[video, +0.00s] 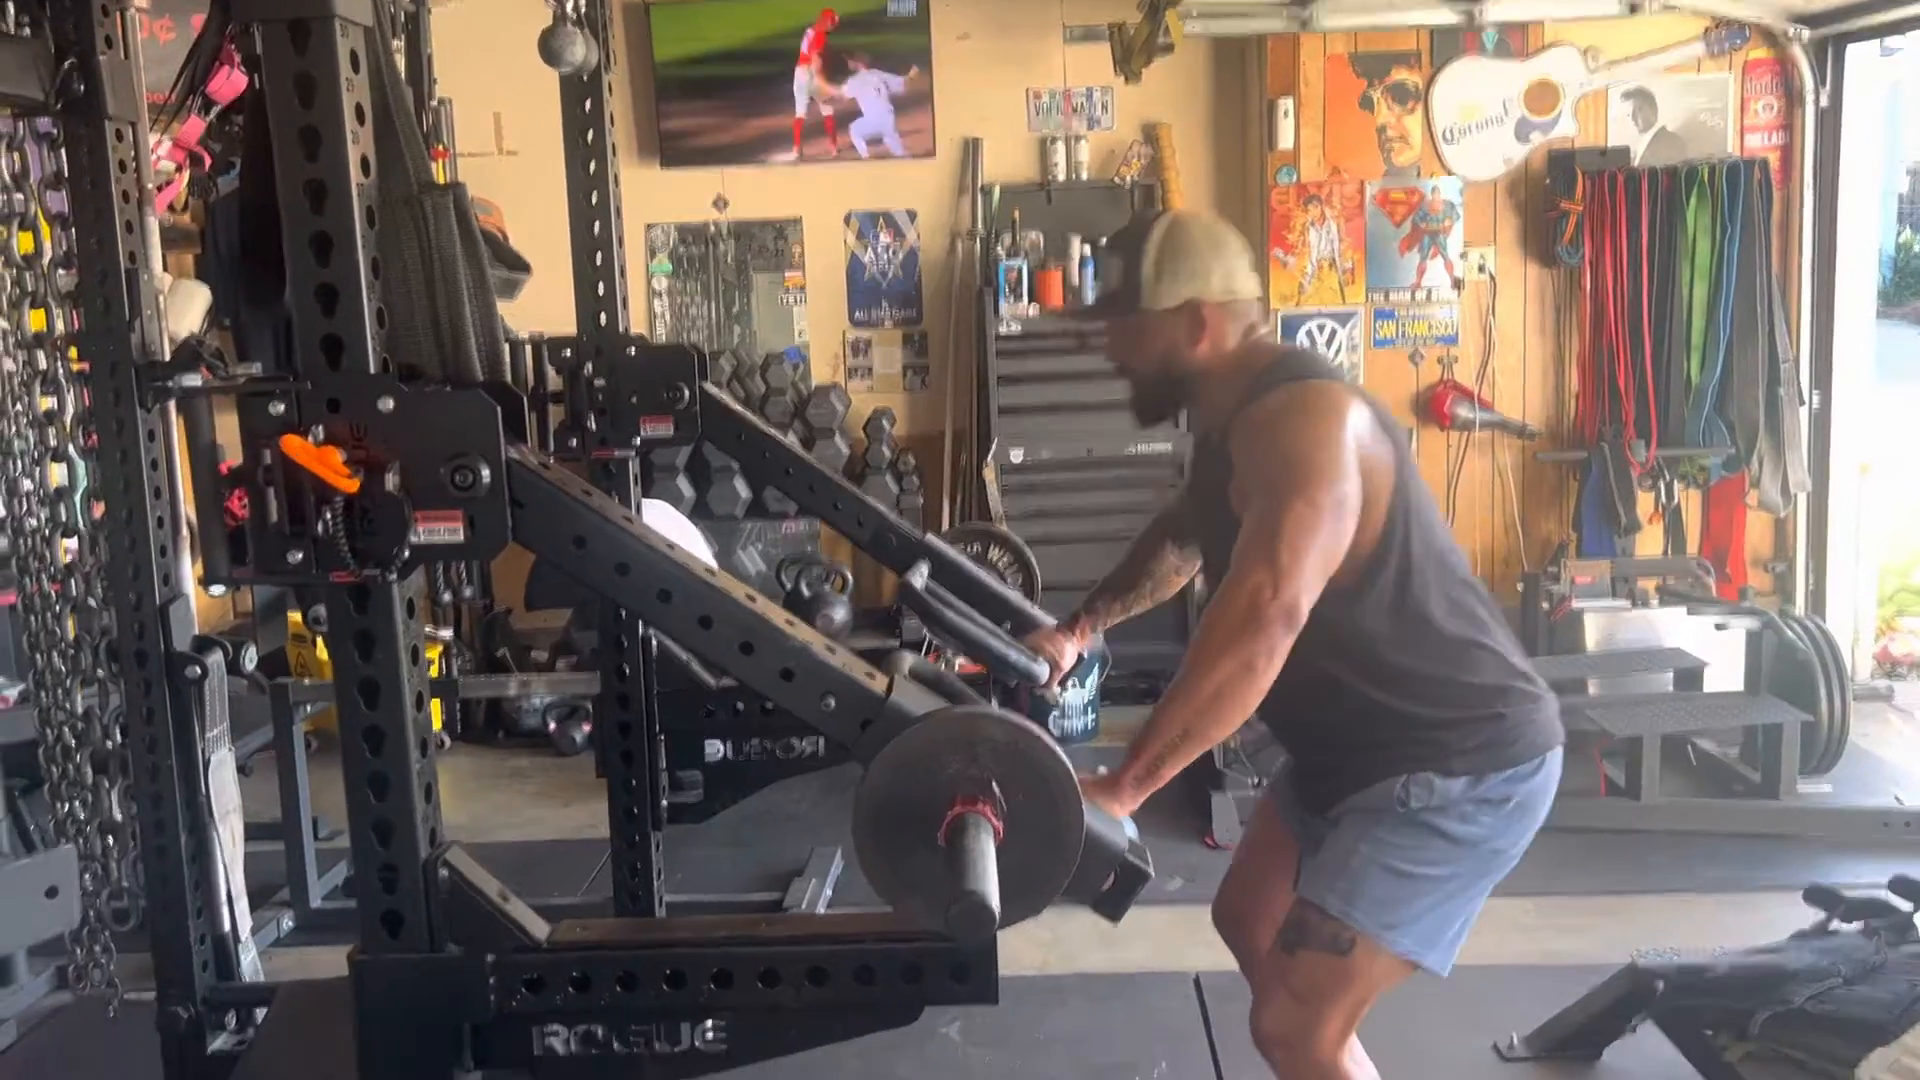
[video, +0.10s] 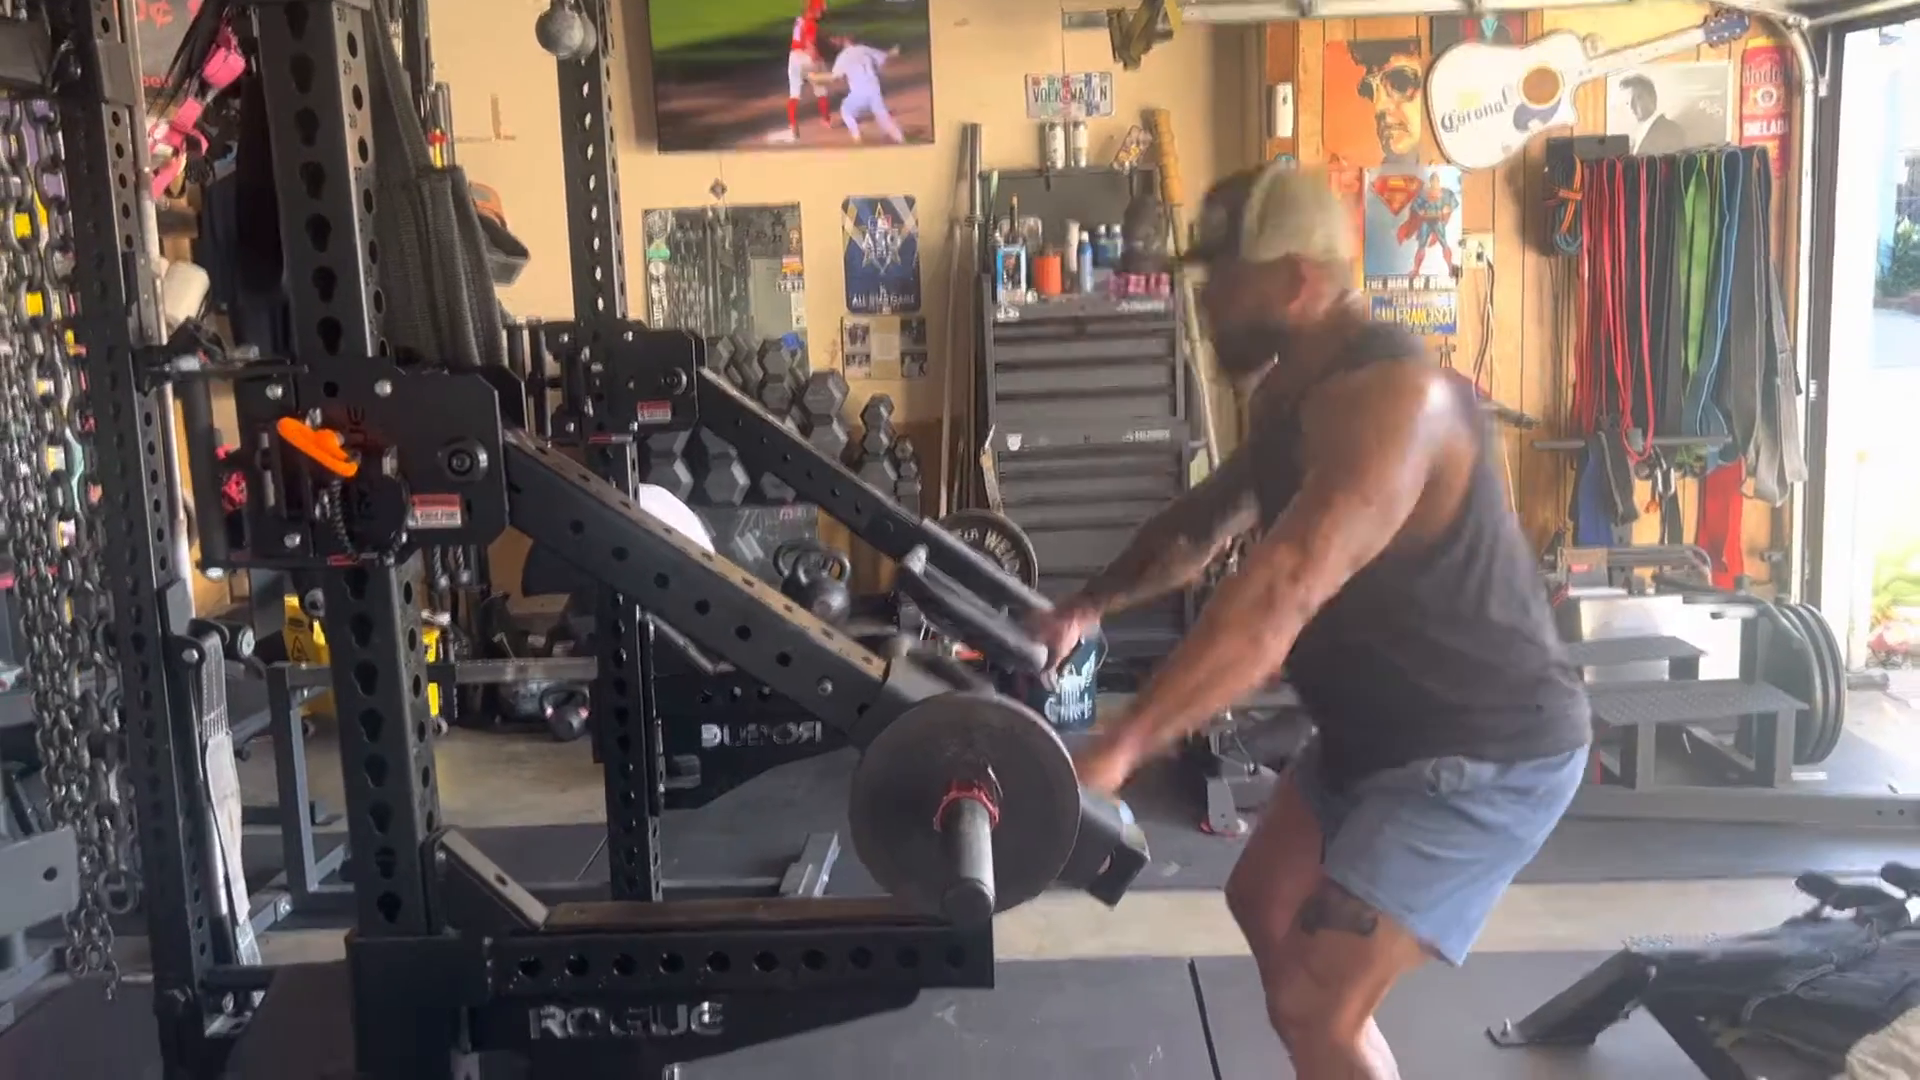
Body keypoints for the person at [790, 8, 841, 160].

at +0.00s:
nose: (833, 28)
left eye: (833, 24)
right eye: (832, 24)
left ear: (821, 20)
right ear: (827, 22)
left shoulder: (809, 31)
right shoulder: (820, 36)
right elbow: (815, 64)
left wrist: (848, 63)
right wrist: (827, 87)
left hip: (799, 71)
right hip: (810, 71)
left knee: (800, 110)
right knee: (827, 108)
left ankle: (796, 148)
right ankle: (833, 146)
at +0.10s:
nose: (822, 14)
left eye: (822, 10)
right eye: (821, 10)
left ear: (808, 9)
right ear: (816, 10)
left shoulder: (799, 21)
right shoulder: (811, 24)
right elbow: (809, 43)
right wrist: (817, 57)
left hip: (794, 55)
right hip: (808, 55)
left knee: (794, 90)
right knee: (820, 88)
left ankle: (793, 126)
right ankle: (826, 118)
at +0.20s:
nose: (808, 6)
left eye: (806, 5)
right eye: (807, 5)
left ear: (796, 4)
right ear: (805, 5)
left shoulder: (789, 12)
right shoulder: (805, 16)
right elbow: (806, 32)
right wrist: (817, 44)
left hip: (788, 44)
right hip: (802, 45)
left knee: (788, 78)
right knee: (811, 70)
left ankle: (788, 109)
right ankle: (813, 97)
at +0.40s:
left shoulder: (778, 4)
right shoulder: (796, 4)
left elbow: (776, 20)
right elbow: (799, 21)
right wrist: (809, 28)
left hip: (779, 33)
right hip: (792, 32)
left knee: (781, 65)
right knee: (794, 63)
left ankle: (783, 92)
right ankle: (797, 89)